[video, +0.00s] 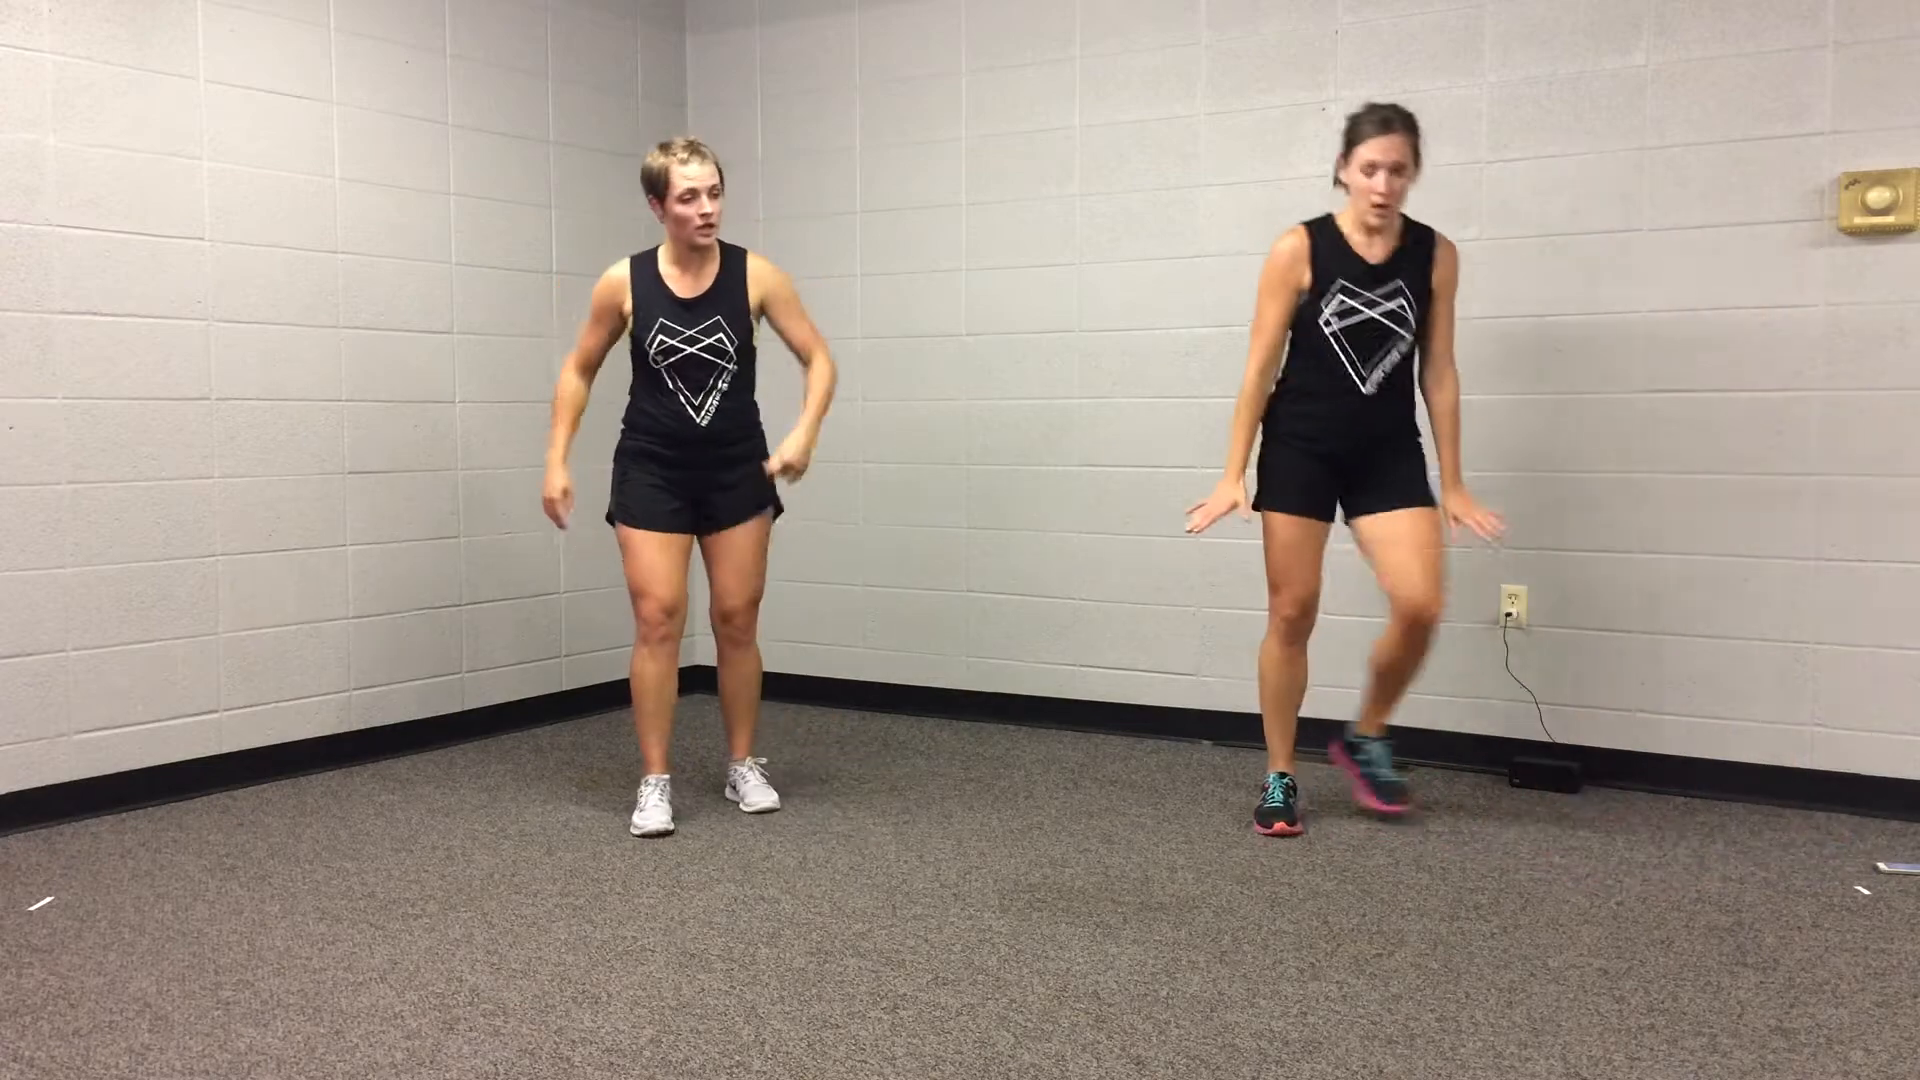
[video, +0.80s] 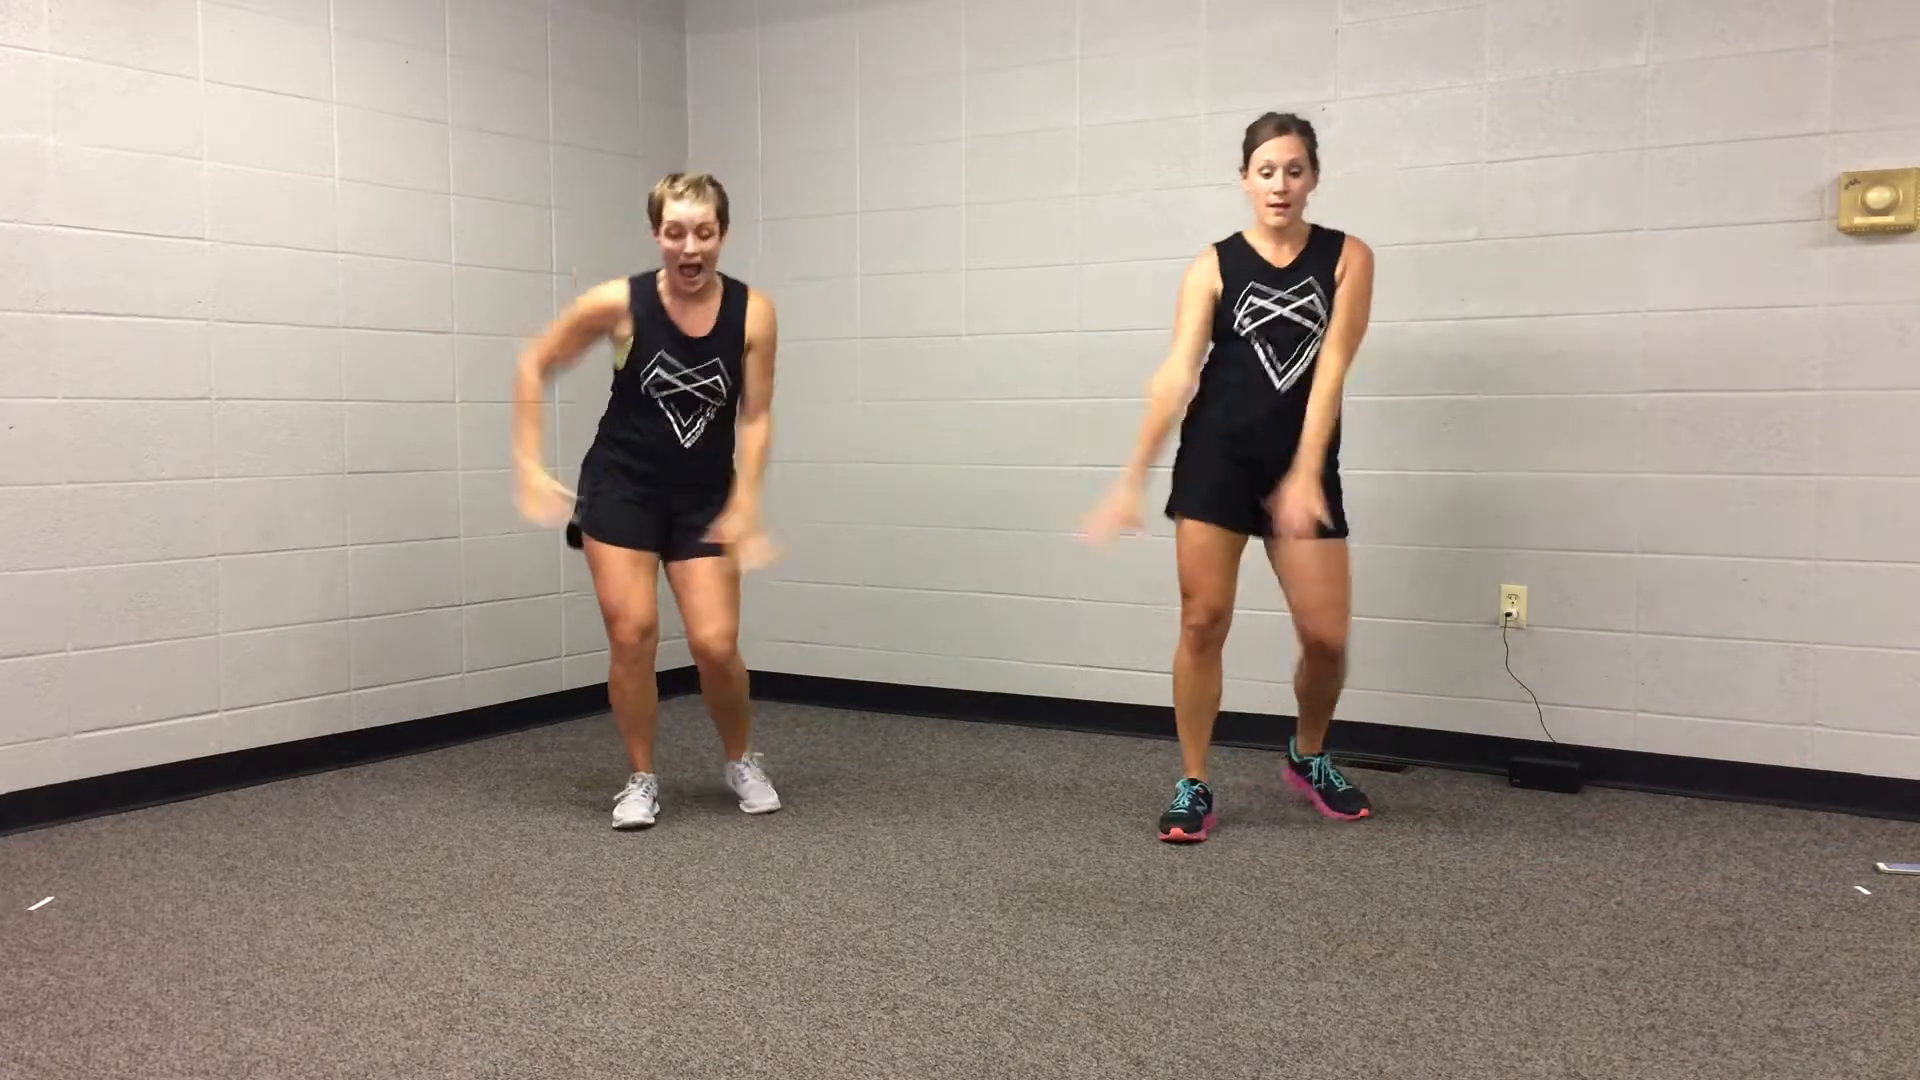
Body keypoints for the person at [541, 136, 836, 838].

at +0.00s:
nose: (707, 207)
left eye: (713, 193)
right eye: (690, 196)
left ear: (723, 197)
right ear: (659, 206)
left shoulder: (757, 277)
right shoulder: (623, 285)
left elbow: (819, 360)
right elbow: (580, 369)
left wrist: (804, 438)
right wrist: (556, 462)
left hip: (736, 470)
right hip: (652, 471)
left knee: (737, 618)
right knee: (657, 619)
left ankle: (743, 766)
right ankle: (654, 780)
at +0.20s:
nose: (715, 207)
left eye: (726, 193)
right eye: (700, 195)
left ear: (739, 201)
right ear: (674, 206)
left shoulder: (767, 279)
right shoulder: (633, 276)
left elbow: (838, 363)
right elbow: (566, 340)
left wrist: (765, 362)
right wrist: (518, 421)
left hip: (738, 472)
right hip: (654, 470)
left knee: (737, 619)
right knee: (652, 615)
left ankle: (743, 764)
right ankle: (645, 774)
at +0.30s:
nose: (712, 207)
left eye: (723, 193)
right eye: (697, 195)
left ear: (739, 204)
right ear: (675, 207)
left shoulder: (764, 286)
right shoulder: (635, 272)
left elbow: (820, 384)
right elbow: (557, 323)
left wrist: (772, 321)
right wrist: (489, 387)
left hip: (734, 470)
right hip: (652, 468)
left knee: (735, 619)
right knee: (654, 617)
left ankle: (743, 765)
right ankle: (644, 776)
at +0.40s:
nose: (708, 210)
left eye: (720, 195)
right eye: (693, 198)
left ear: (739, 205)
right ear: (673, 209)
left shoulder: (761, 285)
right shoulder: (640, 260)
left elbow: (802, 375)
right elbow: (549, 274)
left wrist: (782, 278)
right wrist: (465, 311)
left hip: (730, 469)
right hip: (646, 467)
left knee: (733, 620)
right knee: (650, 615)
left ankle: (743, 764)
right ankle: (643, 775)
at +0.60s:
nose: (707, 220)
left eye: (719, 206)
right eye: (692, 209)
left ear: (739, 213)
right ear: (674, 216)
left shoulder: (762, 290)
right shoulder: (649, 254)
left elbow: (776, 398)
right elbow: (546, 218)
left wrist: (724, 319)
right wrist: (447, 254)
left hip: (717, 470)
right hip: (635, 467)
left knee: (725, 619)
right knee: (641, 616)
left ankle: (744, 764)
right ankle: (641, 774)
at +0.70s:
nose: (700, 233)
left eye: (713, 218)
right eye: (686, 220)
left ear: (734, 223)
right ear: (669, 226)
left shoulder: (761, 300)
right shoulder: (640, 268)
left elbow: (760, 406)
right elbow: (529, 261)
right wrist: (470, 347)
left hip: (712, 465)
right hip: (626, 458)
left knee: (721, 630)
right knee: (635, 618)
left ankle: (741, 764)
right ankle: (641, 773)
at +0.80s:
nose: (689, 246)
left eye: (702, 232)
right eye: (676, 232)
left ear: (722, 235)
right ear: (657, 235)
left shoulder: (752, 313)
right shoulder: (618, 304)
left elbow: (755, 414)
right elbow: (534, 363)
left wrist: (744, 504)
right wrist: (530, 466)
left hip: (704, 493)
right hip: (621, 487)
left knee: (717, 644)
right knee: (632, 633)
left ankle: (741, 762)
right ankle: (641, 778)